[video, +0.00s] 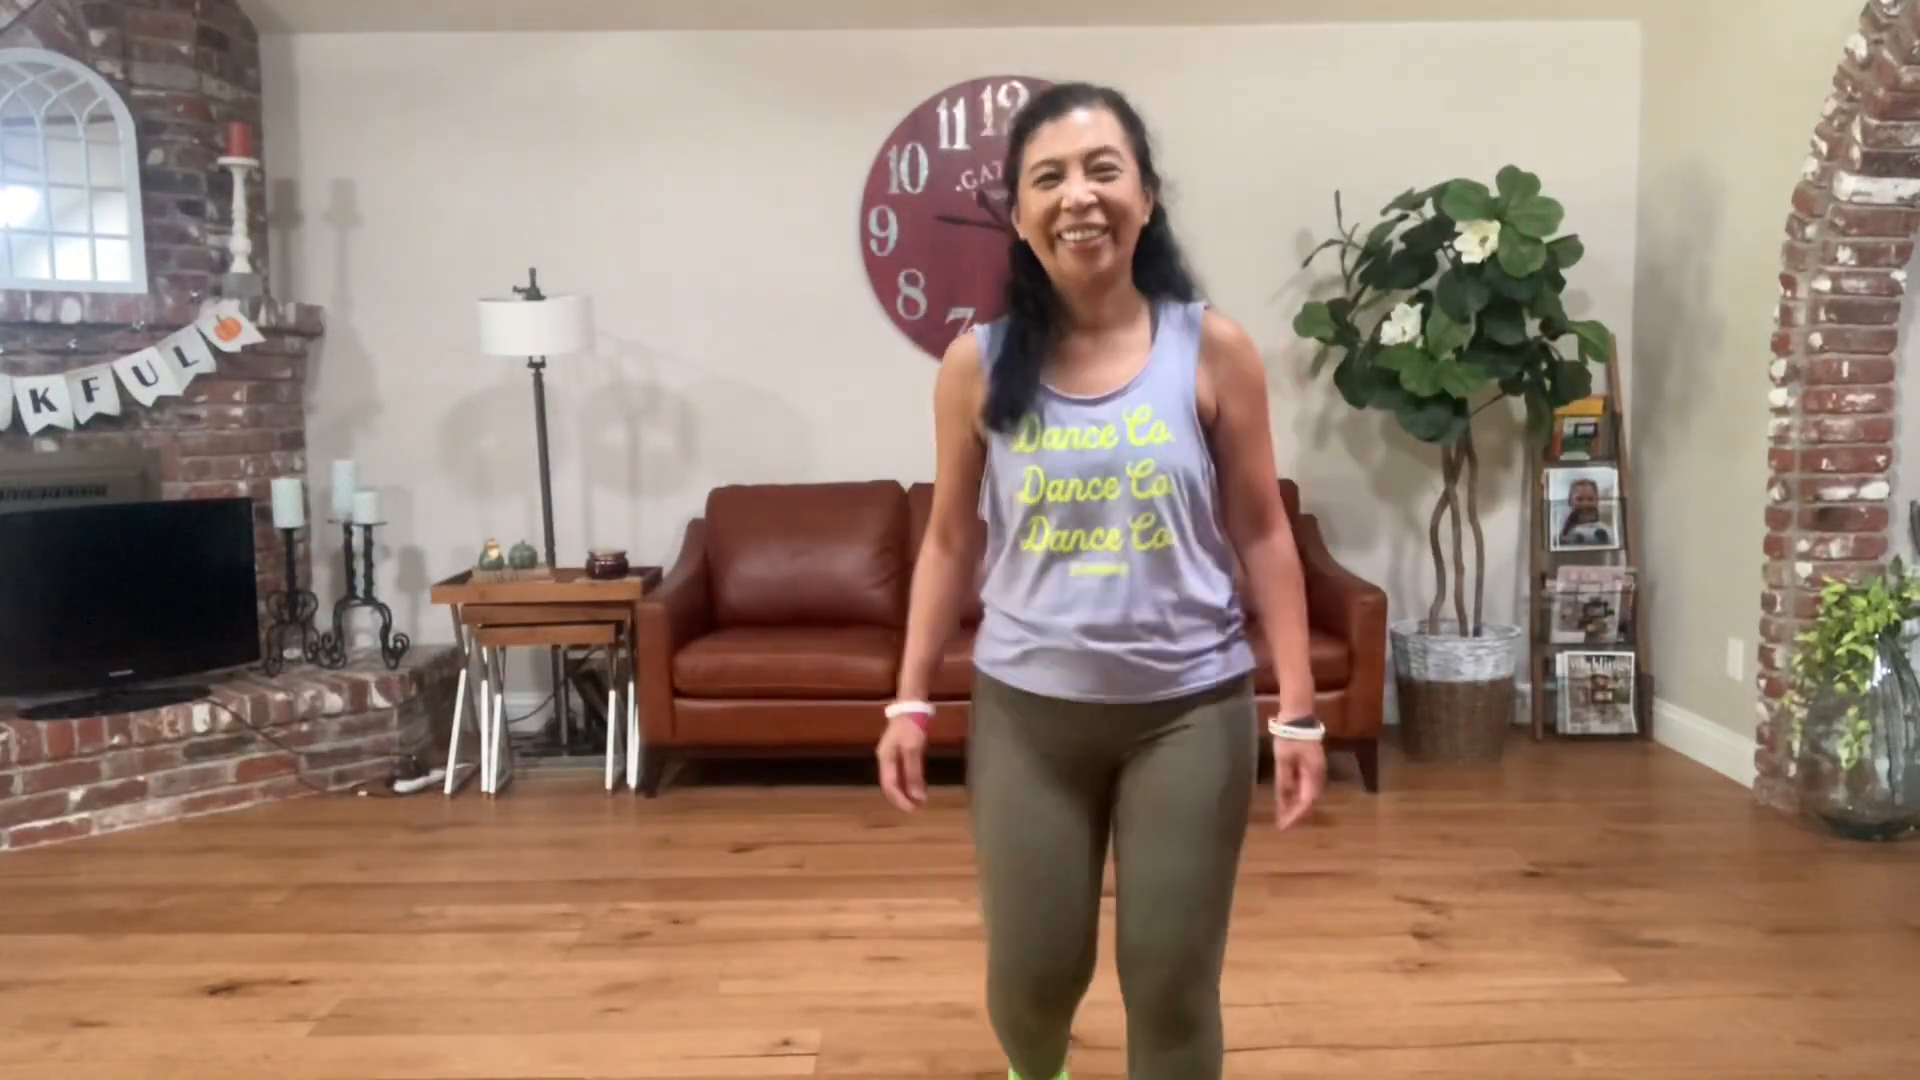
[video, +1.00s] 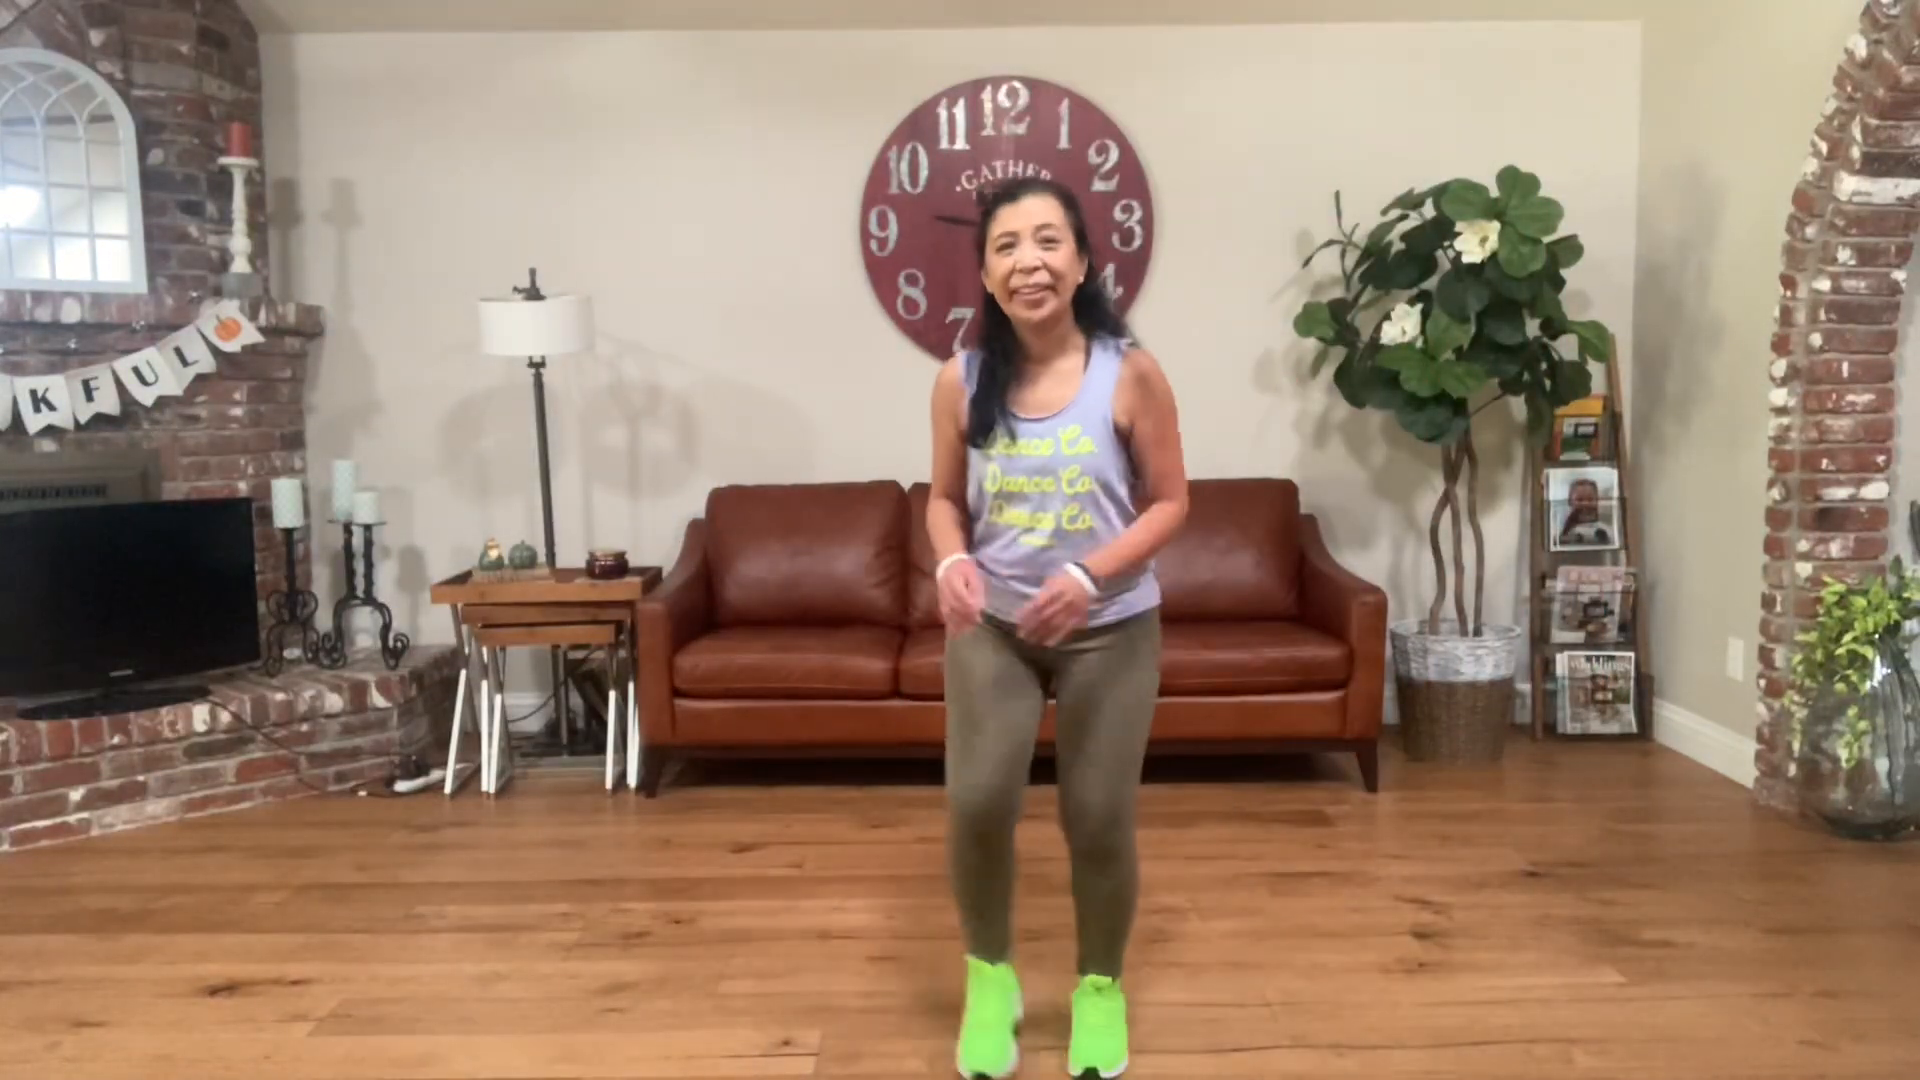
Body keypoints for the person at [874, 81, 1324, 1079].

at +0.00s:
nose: (1078, 195)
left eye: (1104, 169)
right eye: (1049, 176)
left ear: (1147, 196)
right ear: (1017, 213)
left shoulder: (1216, 351)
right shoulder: (978, 367)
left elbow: (1261, 531)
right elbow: (950, 540)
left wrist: (1297, 702)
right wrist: (910, 695)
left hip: (1192, 711)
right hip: (1025, 714)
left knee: (1171, 994)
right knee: (1033, 983)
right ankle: (1036, 1074)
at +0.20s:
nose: (1061, 228)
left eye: (1085, 205)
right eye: (1035, 208)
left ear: (1121, 232)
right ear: (1004, 240)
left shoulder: (1174, 372)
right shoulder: (958, 376)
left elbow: (1219, 536)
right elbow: (912, 533)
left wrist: (1263, 689)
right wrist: (873, 663)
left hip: (1157, 693)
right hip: (1007, 695)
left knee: (1151, 943)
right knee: (1028, 923)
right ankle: (1040, 1056)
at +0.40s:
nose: (1041, 242)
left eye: (1063, 221)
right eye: (1015, 224)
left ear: (1096, 245)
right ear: (986, 254)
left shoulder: (1150, 371)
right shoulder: (950, 383)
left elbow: (1197, 515)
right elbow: (900, 526)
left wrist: (1223, 657)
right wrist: (871, 619)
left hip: (1130, 670)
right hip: (990, 670)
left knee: (1125, 890)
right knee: (1016, 888)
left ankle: (1142, 1075)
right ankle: (1039, 1053)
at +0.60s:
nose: (1038, 249)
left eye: (1057, 227)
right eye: (1013, 233)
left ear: (1090, 243)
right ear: (987, 259)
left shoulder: (1141, 359)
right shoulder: (953, 374)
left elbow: (1192, 494)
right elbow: (925, 531)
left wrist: (1164, 522)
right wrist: (898, 519)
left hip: (1121, 654)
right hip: (989, 654)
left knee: (1099, 870)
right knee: (1015, 868)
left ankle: (1112, 1006)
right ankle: (1036, 1051)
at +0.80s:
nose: (1042, 256)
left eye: (1061, 234)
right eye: (1020, 241)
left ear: (1096, 250)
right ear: (998, 264)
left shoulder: (1146, 364)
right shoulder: (970, 371)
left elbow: (1159, 506)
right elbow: (949, 512)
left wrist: (1061, 507)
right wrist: (982, 523)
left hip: (1118, 641)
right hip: (994, 640)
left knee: (1103, 834)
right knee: (1018, 833)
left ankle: (1100, 989)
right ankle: (1033, 1037)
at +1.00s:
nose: (1029, 262)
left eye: (1047, 241)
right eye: (1007, 246)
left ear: (1082, 261)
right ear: (985, 271)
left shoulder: (1130, 373)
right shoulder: (962, 379)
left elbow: (1171, 504)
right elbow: (943, 497)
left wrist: (1091, 574)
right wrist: (951, 557)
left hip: (1112, 626)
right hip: (990, 626)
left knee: (1097, 814)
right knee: (978, 804)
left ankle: (1099, 989)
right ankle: (989, 978)